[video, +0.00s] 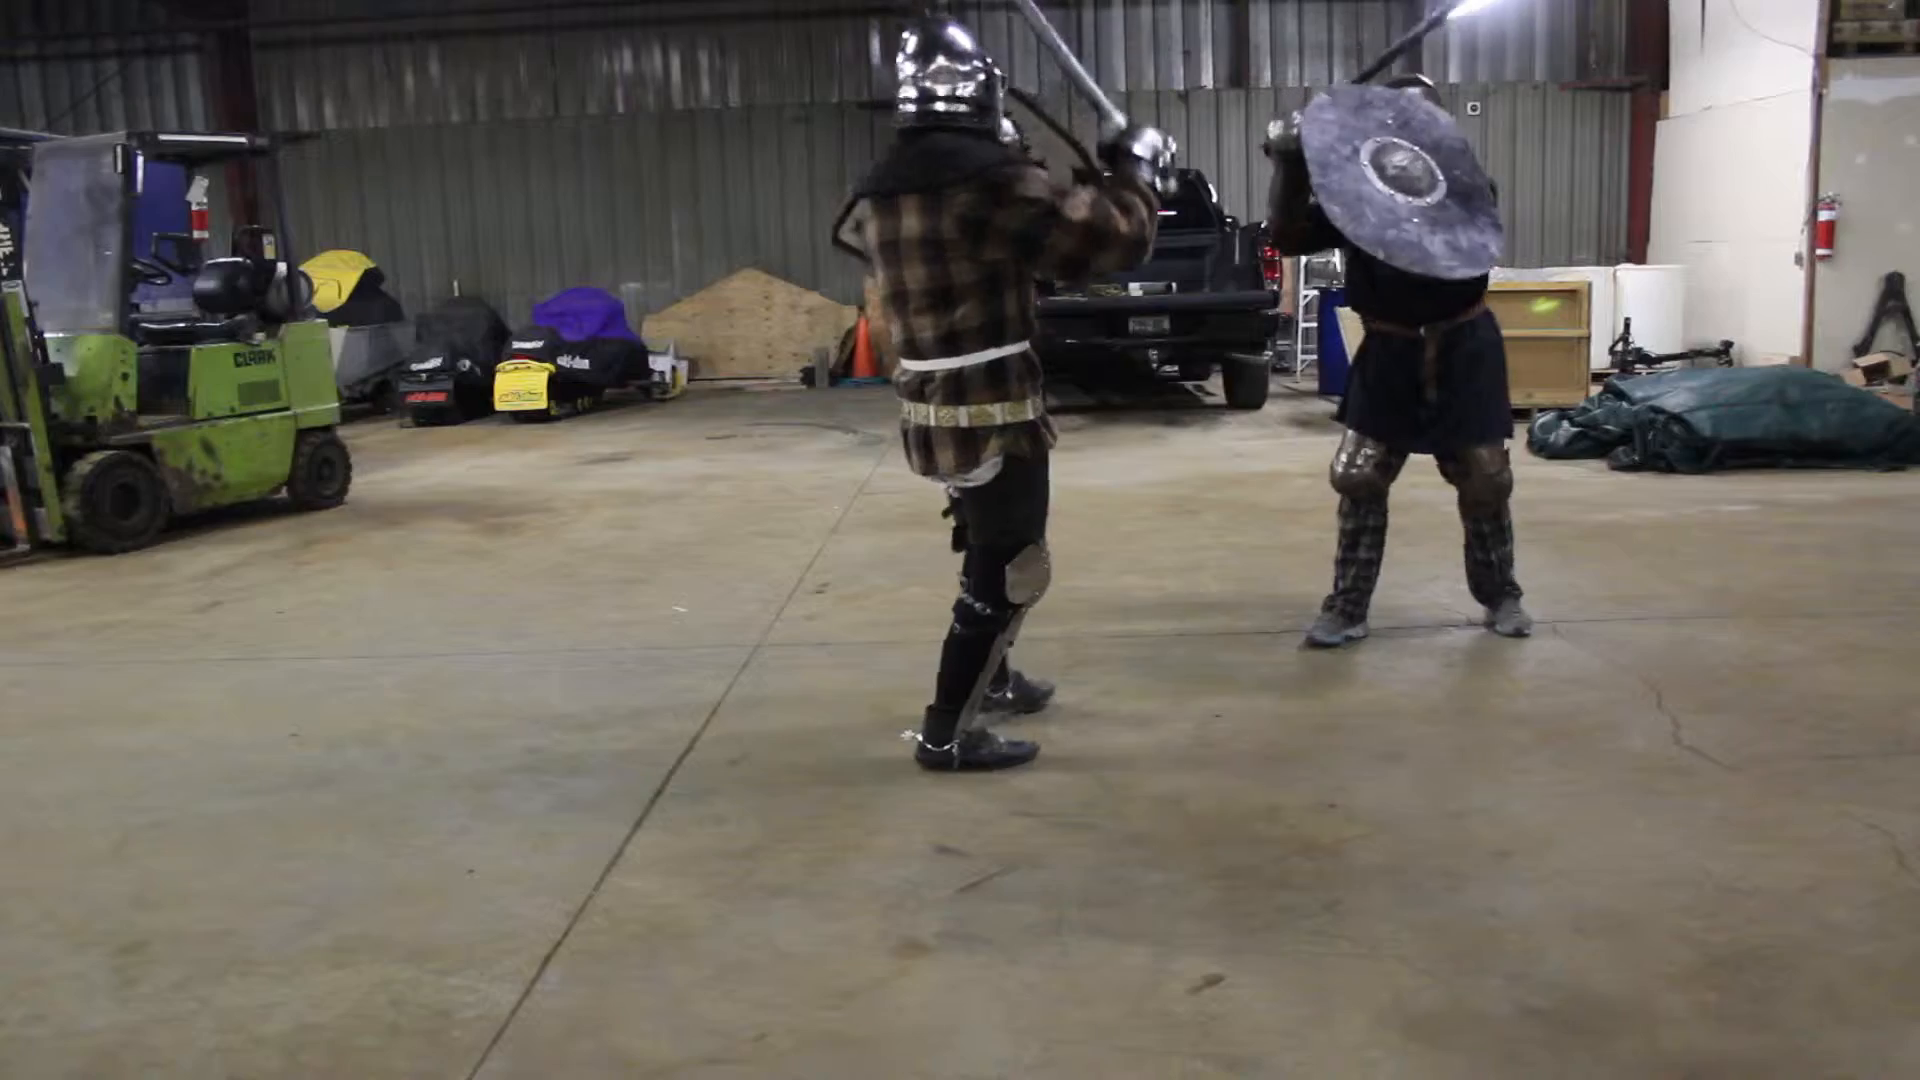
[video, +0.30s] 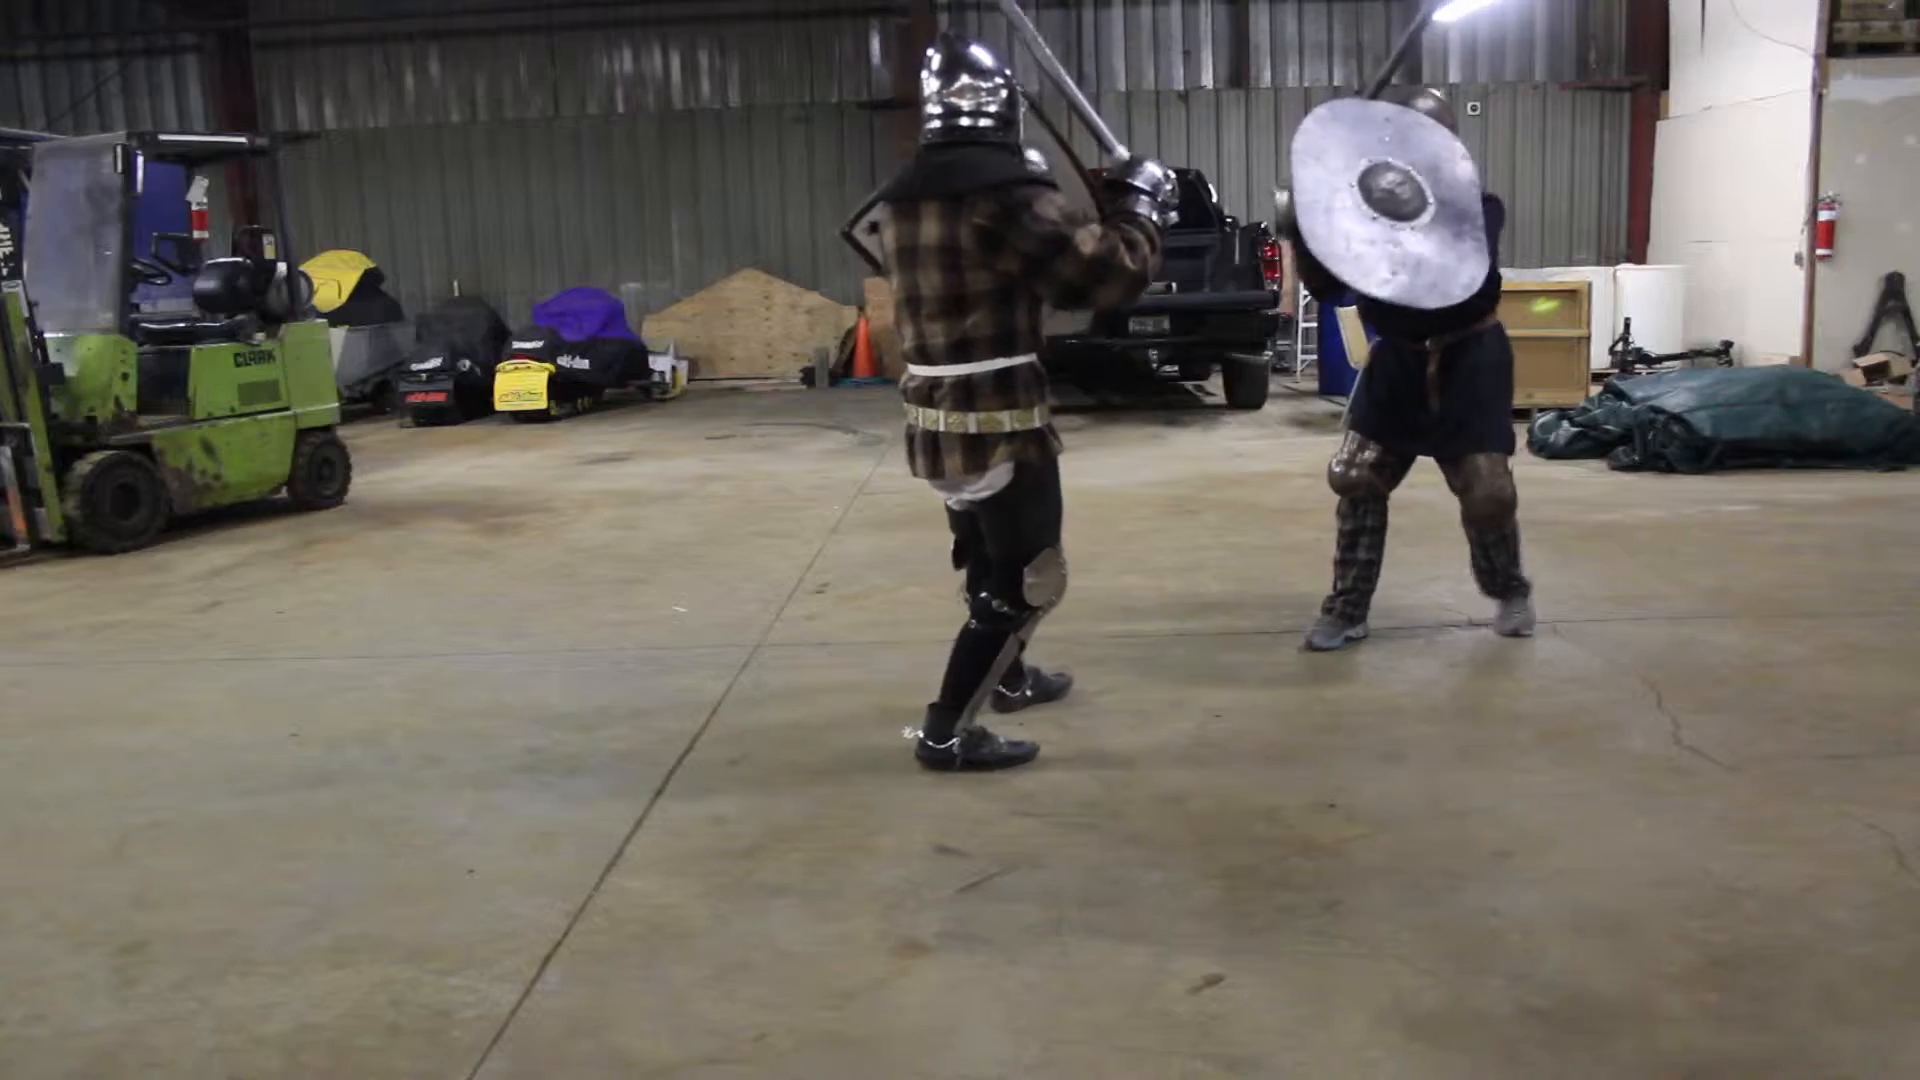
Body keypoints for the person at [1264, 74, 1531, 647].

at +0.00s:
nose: (1403, 147)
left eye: (1416, 133)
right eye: (1390, 137)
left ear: (1435, 142)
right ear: (1373, 149)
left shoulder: (1463, 193)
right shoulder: (1356, 202)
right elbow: (1288, 236)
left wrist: (1432, 127)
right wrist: (1291, 161)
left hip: (1467, 341)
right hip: (1388, 344)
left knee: (1487, 473)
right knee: (1358, 476)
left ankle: (1502, 596)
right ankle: (1347, 608)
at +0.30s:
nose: (1421, 150)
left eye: (1432, 138)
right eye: (1409, 138)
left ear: (1451, 144)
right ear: (1391, 144)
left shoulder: (1476, 208)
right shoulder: (1370, 210)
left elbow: (1464, 275)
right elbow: (1330, 290)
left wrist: (1421, 206)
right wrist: (1300, 231)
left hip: (1471, 349)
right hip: (1395, 352)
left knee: (1486, 487)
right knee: (1357, 477)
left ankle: (1511, 593)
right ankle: (1346, 611)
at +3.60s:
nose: (1356, 147)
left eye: (1369, 135)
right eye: (1345, 132)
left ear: (1384, 137)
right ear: (1318, 127)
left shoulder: (1394, 198)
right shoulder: (1284, 194)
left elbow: (1426, 283)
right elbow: (1242, 275)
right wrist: (1229, 260)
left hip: (1364, 361)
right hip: (1289, 355)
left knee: (1356, 488)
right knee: (1265, 478)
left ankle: (1377, 625)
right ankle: (1279, 588)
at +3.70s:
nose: (1321, 146)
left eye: (1336, 135)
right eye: (1310, 132)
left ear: (1360, 137)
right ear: (1296, 132)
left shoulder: (1378, 199)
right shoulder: (1268, 197)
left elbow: (1415, 284)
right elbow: (1243, 272)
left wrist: (1381, 280)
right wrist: (1221, 273)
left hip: (1349, 367)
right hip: (1279, 363)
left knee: (1351, 488)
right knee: (1250, 479)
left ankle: (1374, 620)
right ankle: (1279, 588)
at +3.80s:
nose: (1323, 148)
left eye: (1336, 138)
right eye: (1313, 134)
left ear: (1351, 143)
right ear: (1290, 131)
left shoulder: (1364, 200)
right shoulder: (1262, 198)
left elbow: (1395, 273)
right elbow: (1237, 281)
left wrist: (1367, 276)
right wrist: (1210, 289)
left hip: (1335, 360)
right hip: (1267, 357)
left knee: (1345, 485)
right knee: (1242, 476)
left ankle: (1373, 612)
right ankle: (1277, 588)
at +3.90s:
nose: (1281, 148)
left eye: (1297, 136)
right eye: (1275, 135)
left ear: (1329, 141)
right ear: (1267, 140)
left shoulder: (1351, 204)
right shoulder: (1244, 204)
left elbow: (1376, 284)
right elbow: (1220, 288)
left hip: (1328, 363)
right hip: (1258, 360)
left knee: (1332, 476)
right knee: (1238, 472)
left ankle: (1365, 606)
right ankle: (1277, 589)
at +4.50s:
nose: (1245, 153)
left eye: (1257, 143)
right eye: (1240, 144)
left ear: (1286, 148)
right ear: (1235, 152)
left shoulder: (1326, 201)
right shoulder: (1233, 212)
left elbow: (1361, 254)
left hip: (1329, 340)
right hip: (1258, 344)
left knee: (1348, 469)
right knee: (1234, 477)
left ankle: (1378, 612)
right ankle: (1275, 588)